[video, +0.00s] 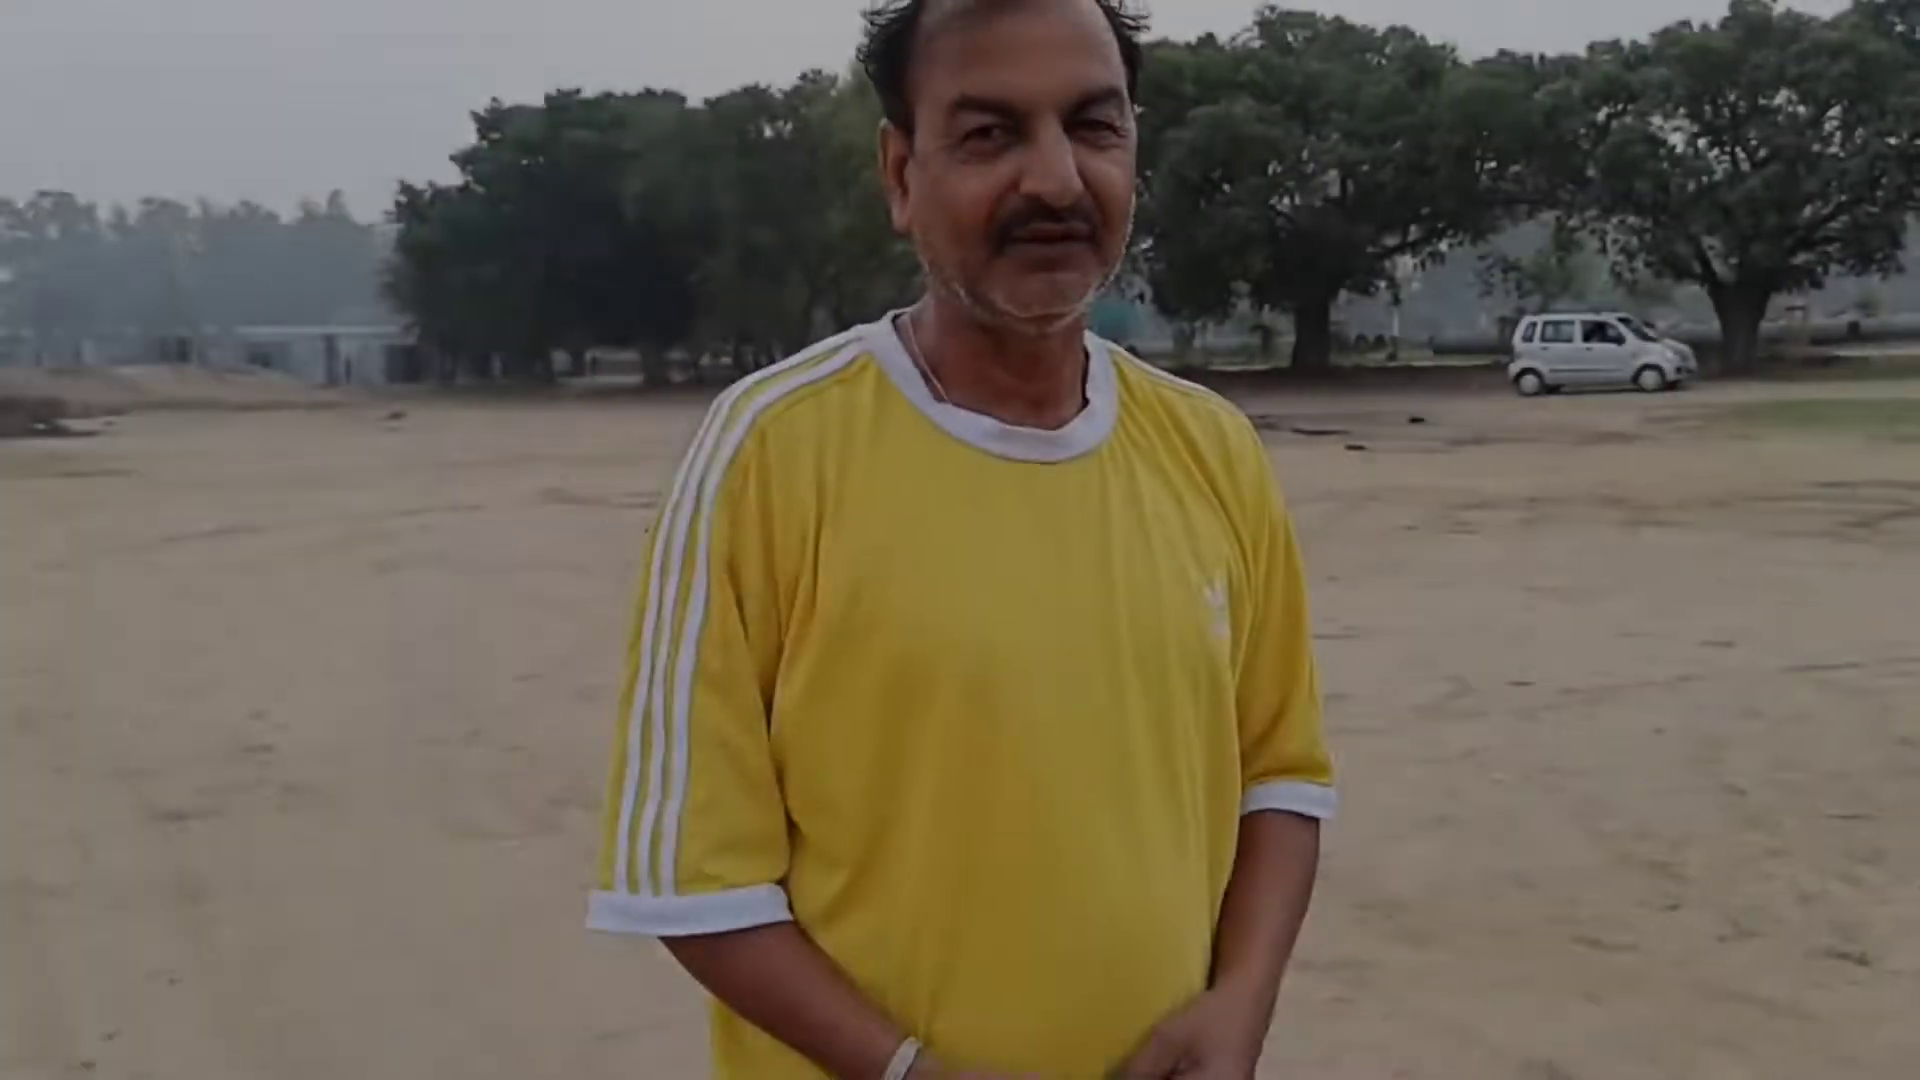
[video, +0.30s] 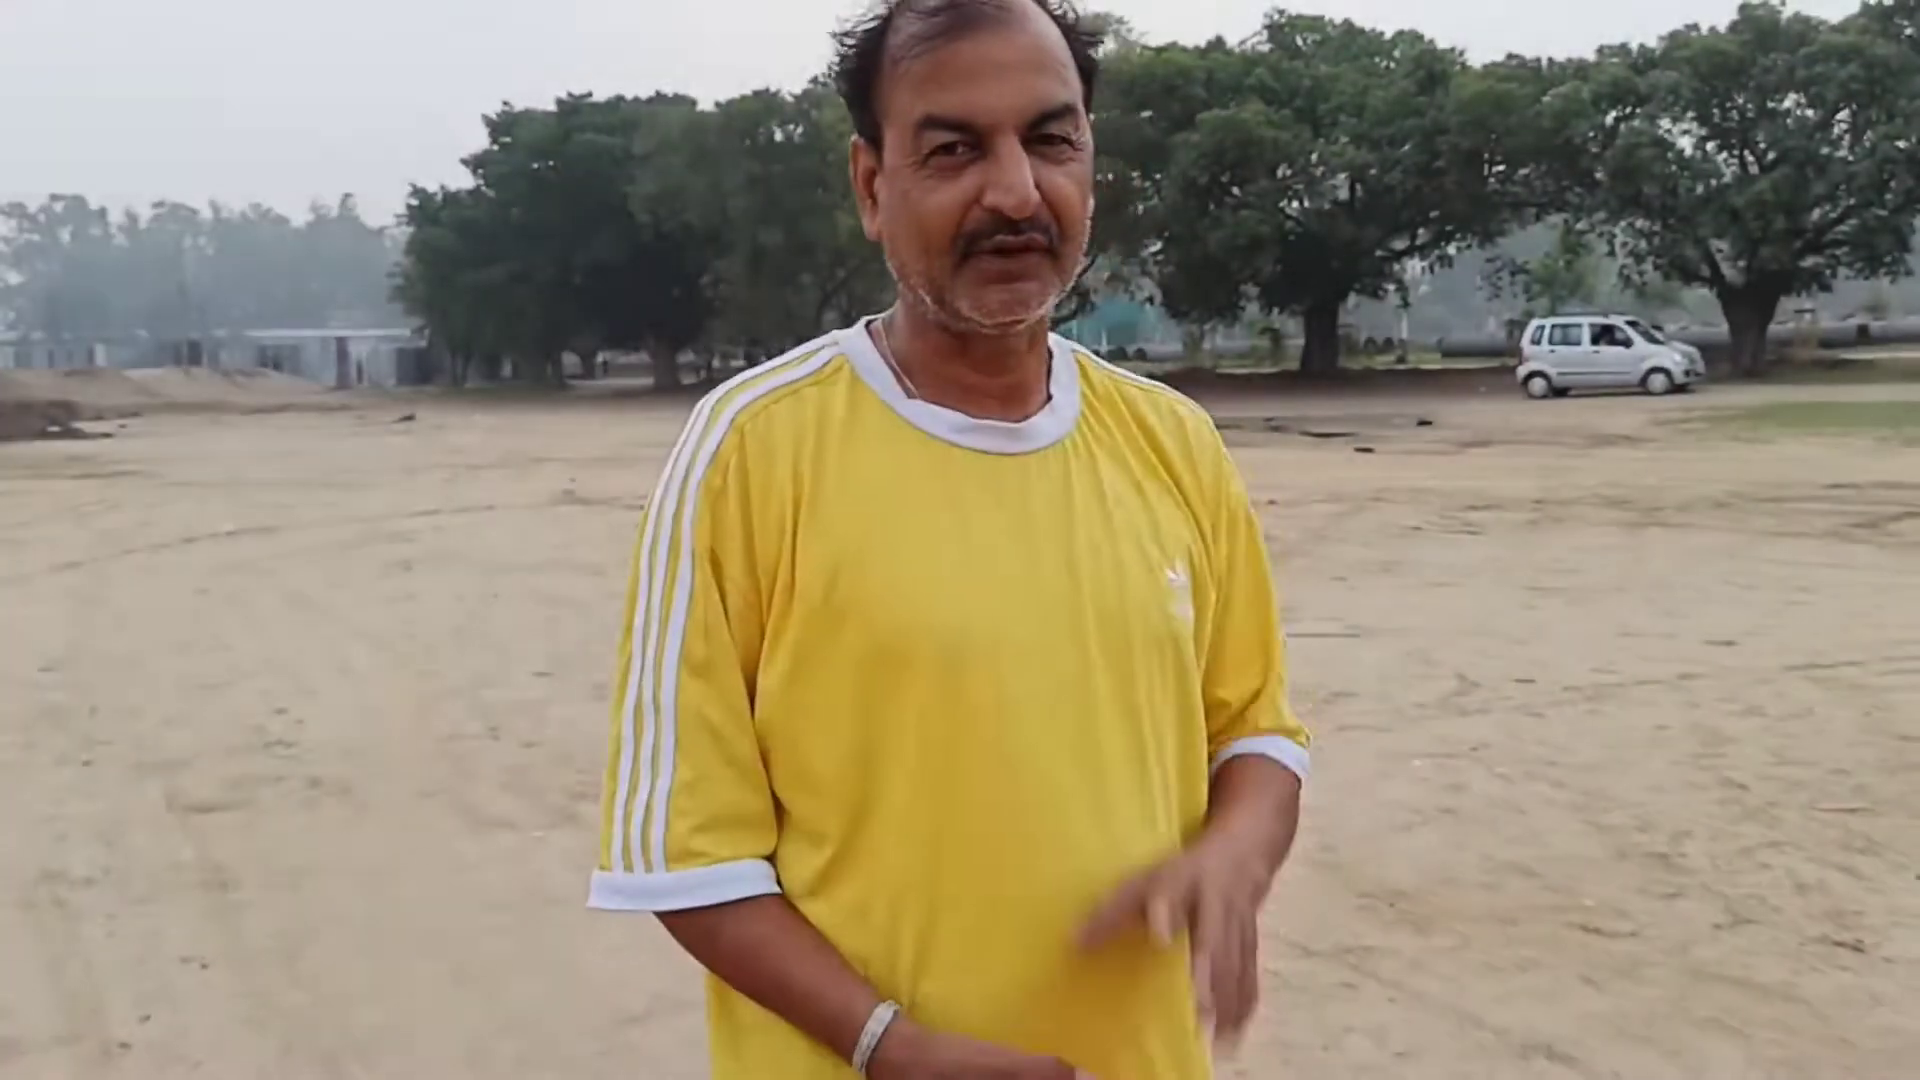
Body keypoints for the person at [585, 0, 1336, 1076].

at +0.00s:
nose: (1055, 178)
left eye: (1093, 125)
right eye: (989, 133)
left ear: (1134, 157)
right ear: (899, 179)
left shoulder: (1213, 449)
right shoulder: (770, 447)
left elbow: (1285, 770)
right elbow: (693, 871)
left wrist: (1240, 1003)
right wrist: (899, 1063)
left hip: (1157, 1057)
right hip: (854, 1061)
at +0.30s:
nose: (1015, 192)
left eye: (1051, 140)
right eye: (953, 149)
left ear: (1091, 167)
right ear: (870, 189)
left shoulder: (1175, 443)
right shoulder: (751, 445)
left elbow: (1260, 725)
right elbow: (683, 846)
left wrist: (1235, 858)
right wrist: (888, 1043)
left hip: (1149, 1056)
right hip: (848, 1061)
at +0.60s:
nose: (912, 207)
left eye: (944, 155)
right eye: (849, 163)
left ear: (983, 174)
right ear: (765, 202)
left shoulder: (1074, 442)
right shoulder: (652, 470)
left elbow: (1251, 750)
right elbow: (583, 871)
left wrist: (1165, 510)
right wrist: (763, 1053)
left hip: (1092, 1048)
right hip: (788, 1059)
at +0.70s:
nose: (878, 201)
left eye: (912, 150)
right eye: (816, 161)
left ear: (953, 176)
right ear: (736, 205)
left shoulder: (1065, 436)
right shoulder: (631, 471)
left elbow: (1228, 776)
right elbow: (562, 869)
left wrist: (1133, 611)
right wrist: (737, 1049)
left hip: (1077, 1046)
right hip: (774, 1056)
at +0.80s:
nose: (861, 199)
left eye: (893, 146)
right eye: (796, 164)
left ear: (944, 176)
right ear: (727, 218)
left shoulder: (1077, 443)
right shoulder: (630, 480)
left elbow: (1205, 758)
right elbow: (561, 862)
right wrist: (735, 1043)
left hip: (1082, 1053)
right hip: (778, 1063)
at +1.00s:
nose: (854, 216)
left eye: (888, 153)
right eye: (790, 178)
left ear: (948, 169)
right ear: (726, 222)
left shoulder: (1091, 434)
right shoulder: (636, 483)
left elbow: (1184, 725)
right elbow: (580, 850)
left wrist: (1112, 935)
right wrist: (776, 1008)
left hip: (1078, 1050)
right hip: (763, 1056)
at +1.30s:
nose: (878, 230)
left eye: (907, 167)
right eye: (807, 188)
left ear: (952, 172)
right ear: (730, 225)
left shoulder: (1086, 429)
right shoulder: (644, 493)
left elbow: (1176, 711)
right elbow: (576, 868)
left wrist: (1117, 922)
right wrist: (796, 1018)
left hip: (1076, 1048)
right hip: (772, 1057)